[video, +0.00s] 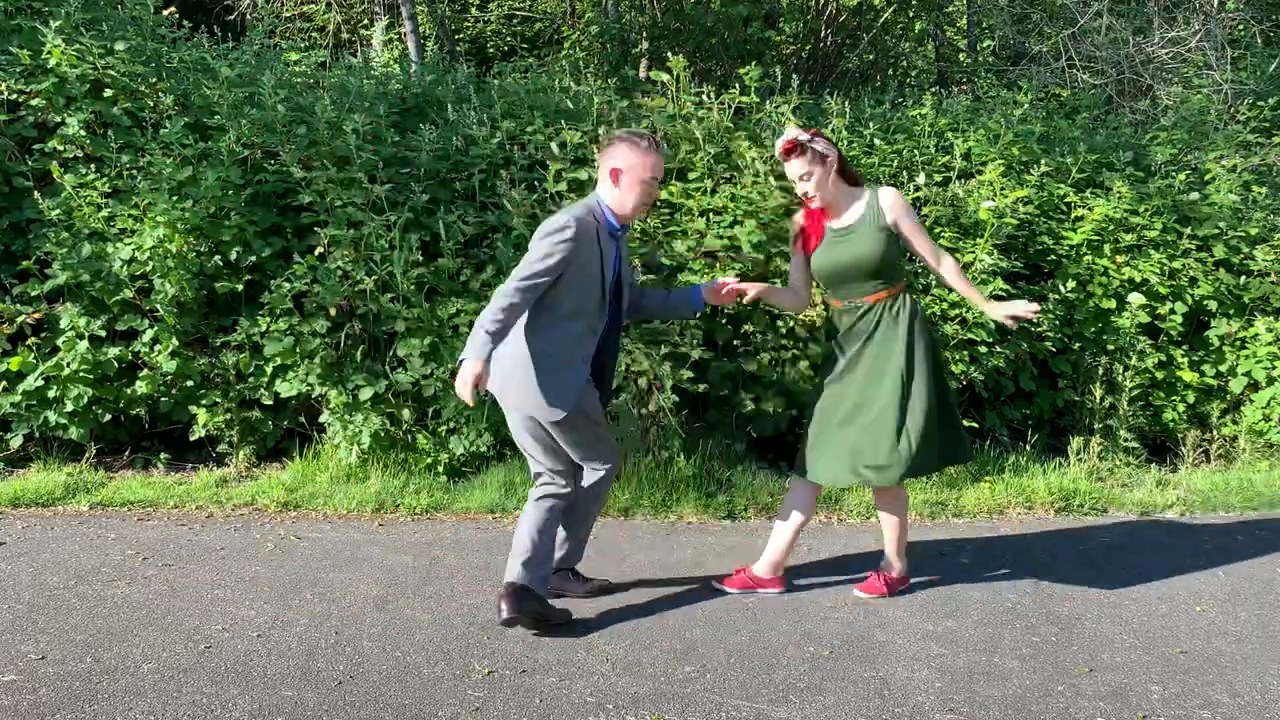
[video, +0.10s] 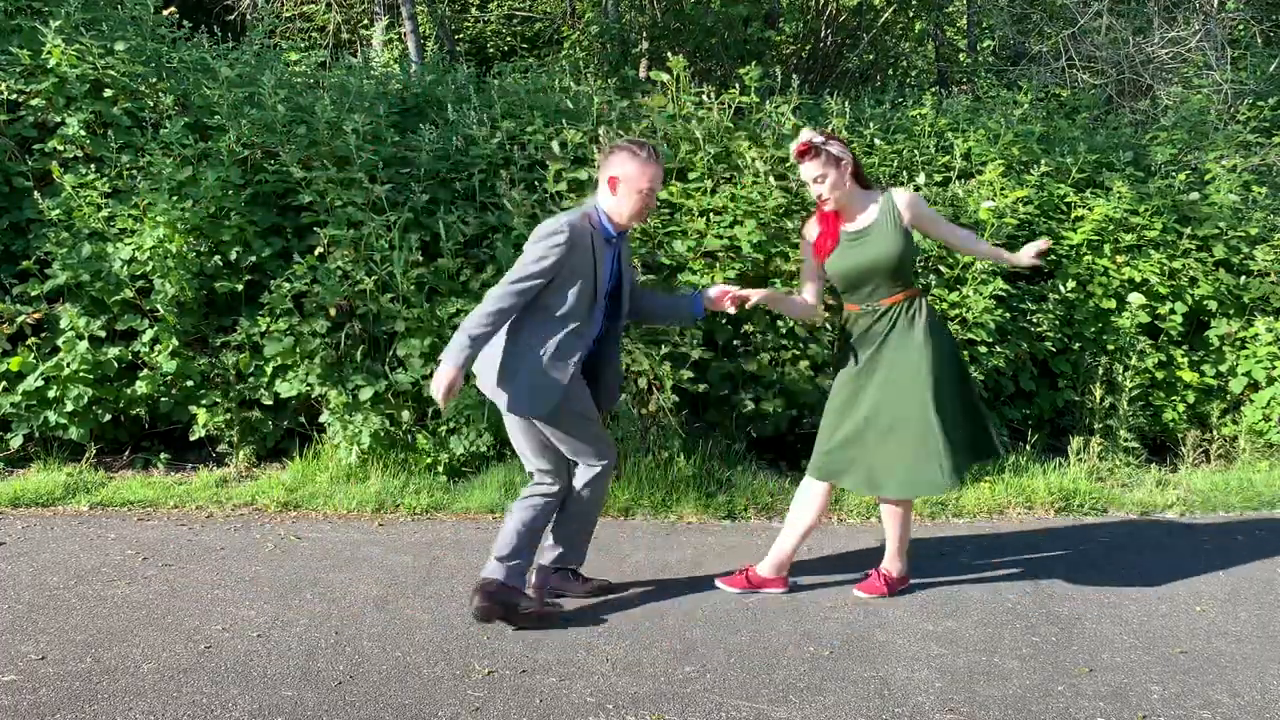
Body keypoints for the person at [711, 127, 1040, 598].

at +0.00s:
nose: (800, 190)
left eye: (804, 178)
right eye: (794, 182)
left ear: (831, 163)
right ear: (794, 180)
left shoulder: (884, 202)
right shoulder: (807, 222)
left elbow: (940, 261)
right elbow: (797, 298)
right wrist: (760, 290)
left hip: (894, 334)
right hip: (849, 342)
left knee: (882, 451)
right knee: (819, 448)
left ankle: (897, 567)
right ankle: (768, 567)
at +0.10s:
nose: (816, 191)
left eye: (820, 179)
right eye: (809, 184)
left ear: (846, 165)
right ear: (807, 184)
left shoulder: (899, 204)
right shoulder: (818, 230)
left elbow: (957, 237)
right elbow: (807, 306)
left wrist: (1012, 257)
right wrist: (764, 295)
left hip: (910, 337)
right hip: (863, 347)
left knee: (893, 448)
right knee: (828, 452)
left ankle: (896, 565)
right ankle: (775, 564)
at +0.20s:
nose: (828, 193)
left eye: (833, 179)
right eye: (821, 186)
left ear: (859, 167)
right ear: (818, 186)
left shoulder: (910, 204)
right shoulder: (831, 233)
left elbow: (974, 226)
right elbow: (818, 308)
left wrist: (1029, 230)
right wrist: (775, 303)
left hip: (920, 337)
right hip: (872, 346)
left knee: (892, 451)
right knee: (835, 454)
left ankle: (896, 565)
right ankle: (779, 566)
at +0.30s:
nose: (838, 194)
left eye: (844, 181)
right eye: (831, 187)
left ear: (870, 168)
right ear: (828, 187)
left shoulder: (920, 205)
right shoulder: (840, 234)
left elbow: (986, 225)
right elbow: (830, 310)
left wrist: (1048, 224)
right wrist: (787, 307)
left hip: (930, 338)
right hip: (884, 349)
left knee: (894, 451)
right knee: (843, 451)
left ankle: (896, 566)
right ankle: (784, 566)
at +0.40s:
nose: (848, 189)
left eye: (853, 177)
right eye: (842, 183)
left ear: (880, 165)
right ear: (841, 186)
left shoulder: (930, 203)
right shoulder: (850, 231)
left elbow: (1002, 222)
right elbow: (835, 307)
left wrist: (1072, 217)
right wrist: (791, 302)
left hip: (933, 336)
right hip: (881, 343)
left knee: (898, 448)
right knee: (838, 446)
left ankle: (896, 563)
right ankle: (798, 562)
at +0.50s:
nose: (857, 176)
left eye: (863, 164)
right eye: (851, 169)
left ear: (891, 156)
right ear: (851, 173)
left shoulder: (941, 195)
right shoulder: (860, 220)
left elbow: (1019, 213)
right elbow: (835, 295)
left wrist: (1089, 198)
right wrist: (793, 277)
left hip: (940, 327)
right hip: (890, 333)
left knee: (906, 444)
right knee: (836, 441)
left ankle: (896, 561)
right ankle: (856, 542)